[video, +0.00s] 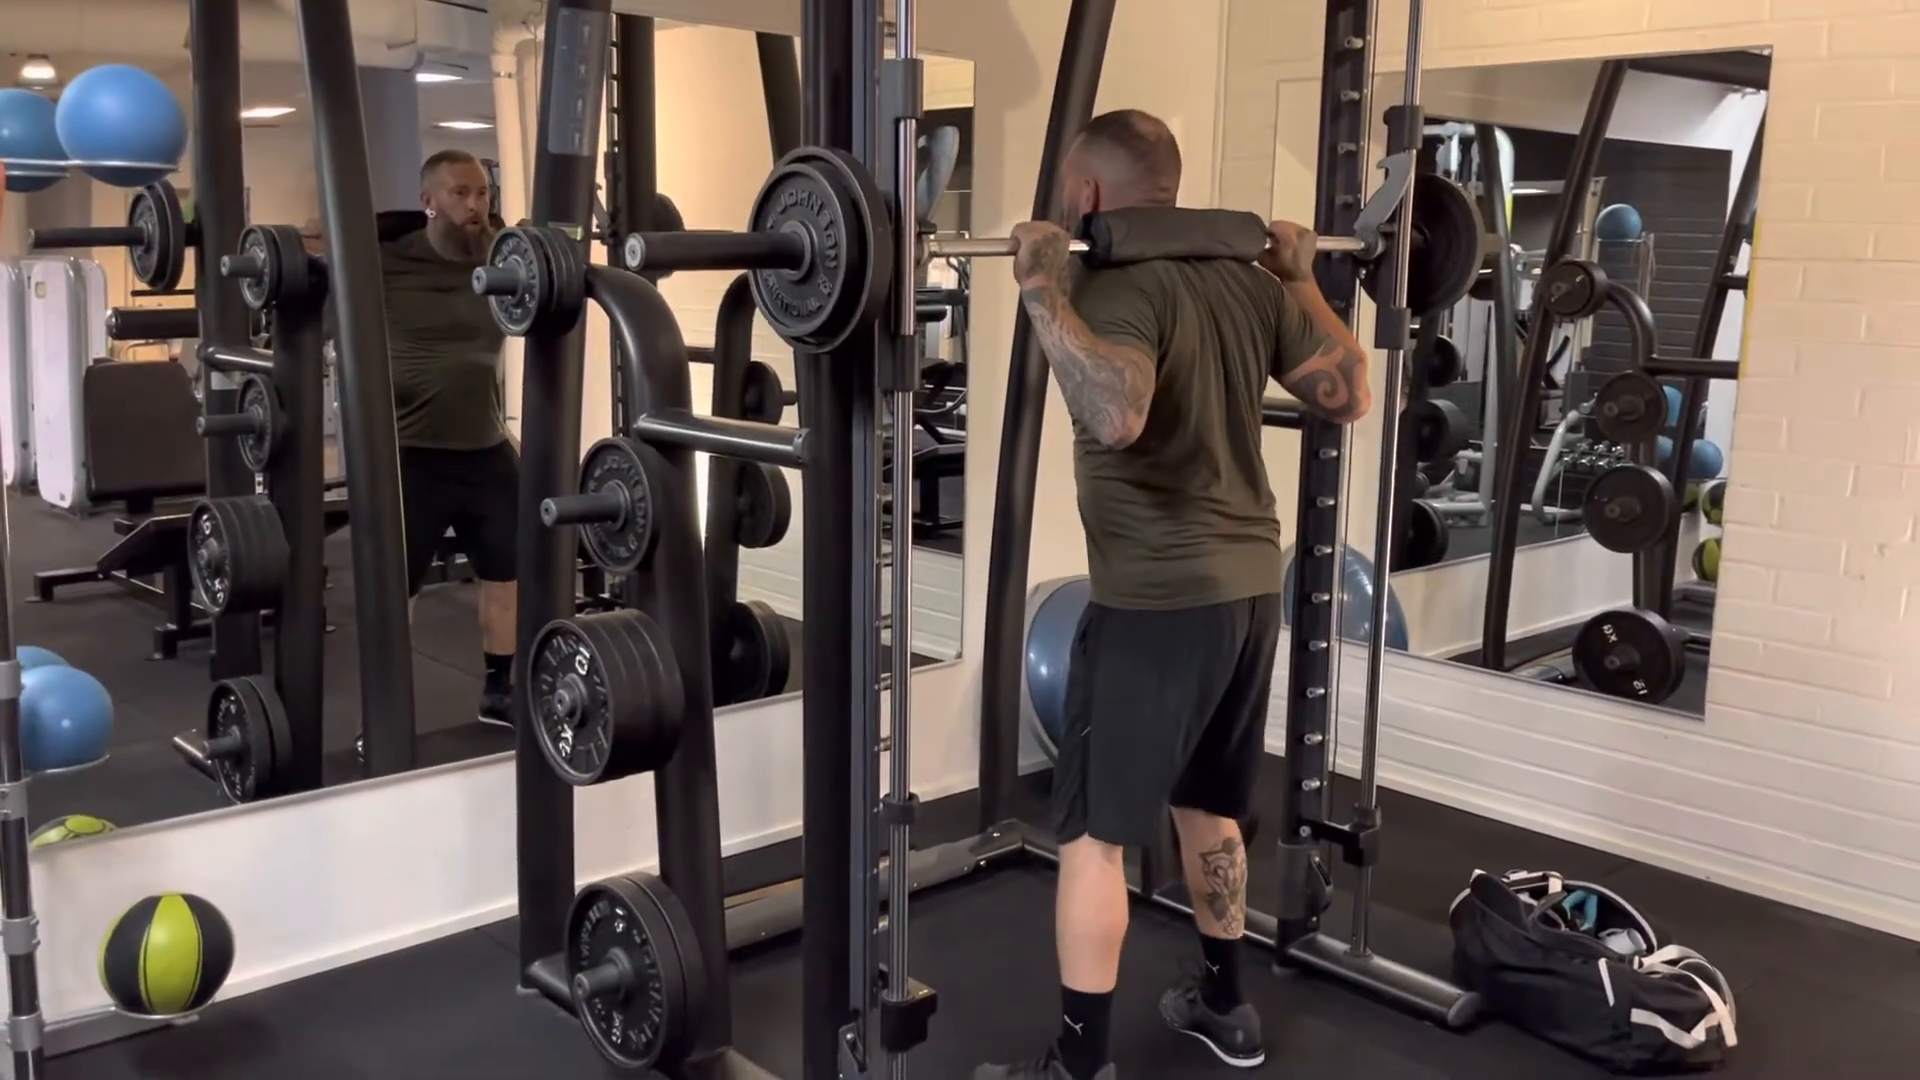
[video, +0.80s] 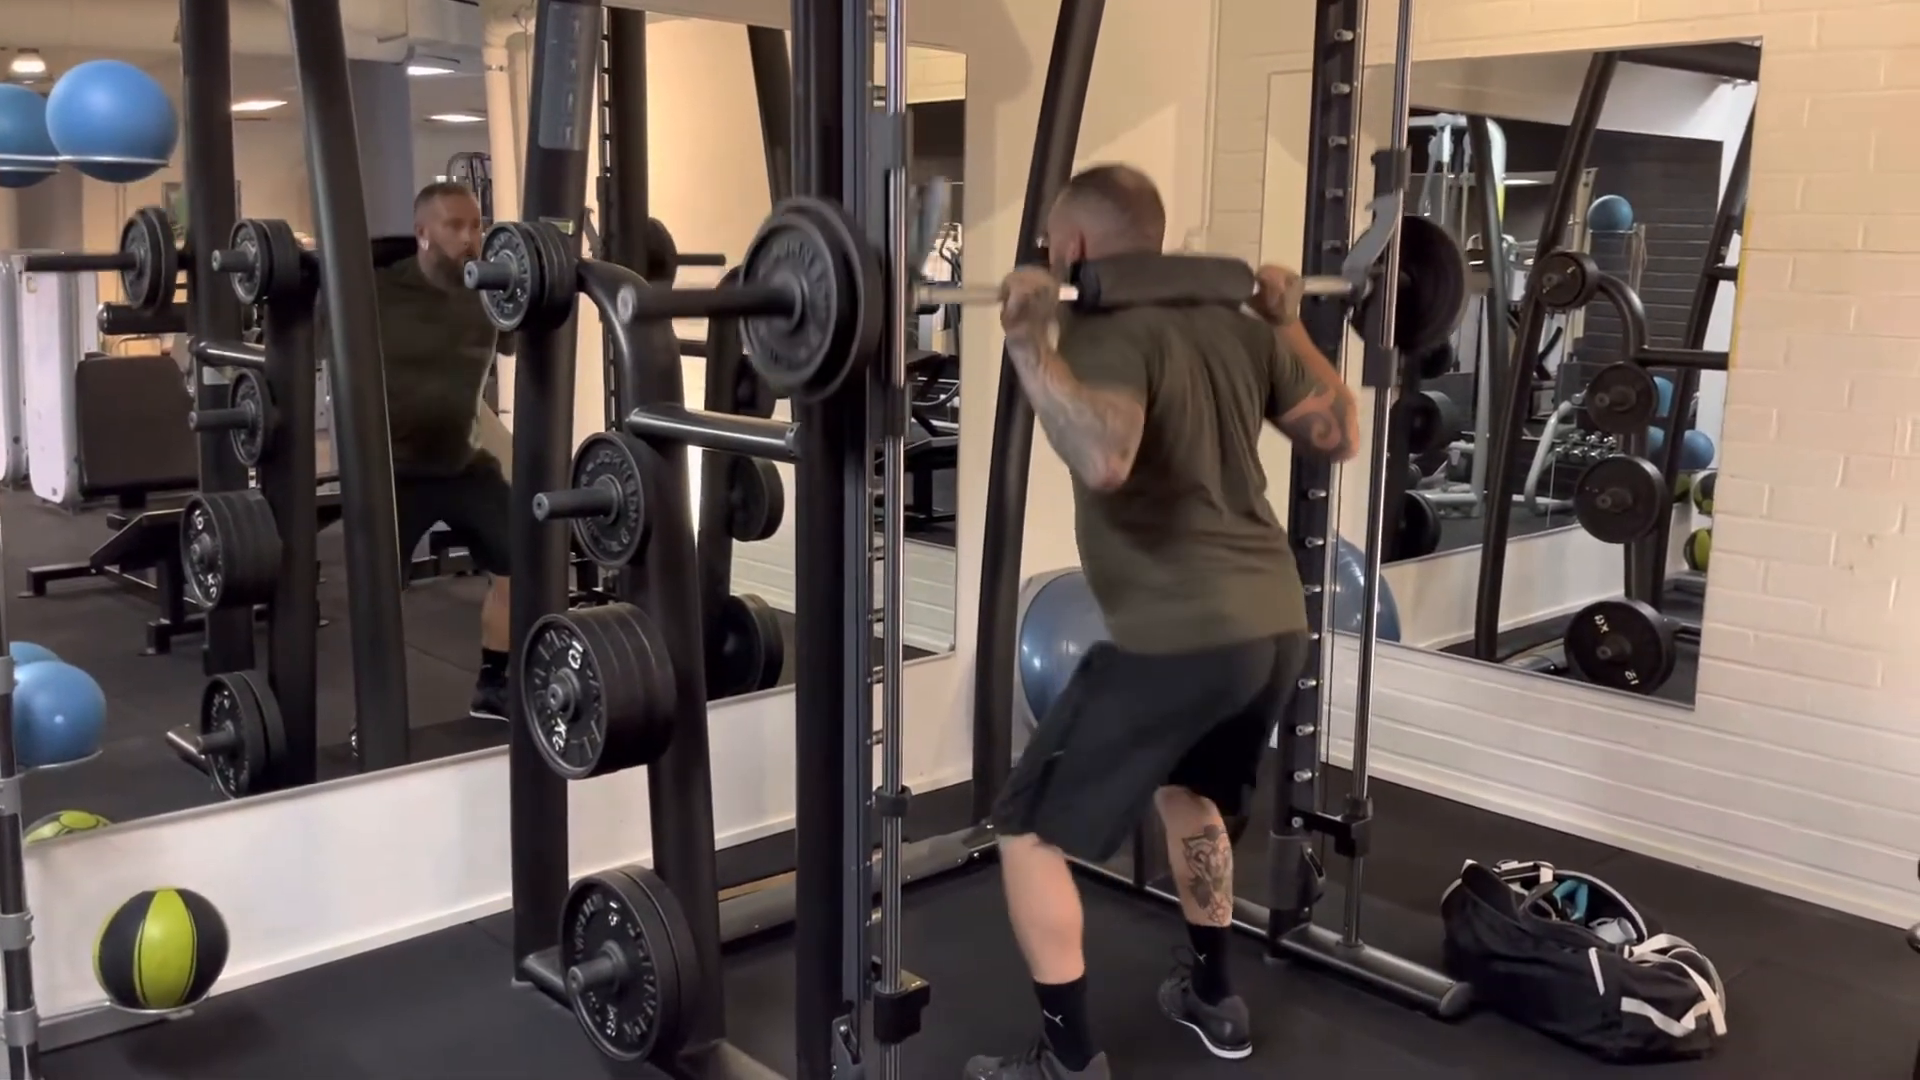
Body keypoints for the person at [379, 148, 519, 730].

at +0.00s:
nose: (477, 203)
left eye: (483, 193)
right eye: (463, 192)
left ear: (491, 200)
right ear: (430, 200)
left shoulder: (495, 260)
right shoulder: (381, 262)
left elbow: (552, 269)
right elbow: (302, 242)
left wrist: (499, 241)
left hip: (485, 449)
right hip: (406, 452)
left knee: (506, 566)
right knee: (392, 587)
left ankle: (501, 690)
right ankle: (382, 711)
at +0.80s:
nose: (471, 237)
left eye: (476, 225)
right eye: (457, 226)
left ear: (483, 229)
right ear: (424, 233)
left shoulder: (485, 293)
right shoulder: (377, 291)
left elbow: (516, 339)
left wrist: (544, 267)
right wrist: (295, 271)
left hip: (464, 465)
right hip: (393, 469)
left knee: (520, 554)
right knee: (375, 589)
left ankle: (495, 683)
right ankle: (374, 706)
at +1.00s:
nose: (468, 306)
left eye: (471, 293)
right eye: (454, 294)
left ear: (479, 294)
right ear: (422, 297)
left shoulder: (485, 350)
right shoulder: (380, 352)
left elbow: (510, 396)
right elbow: (304, 396)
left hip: (454, 498)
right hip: (388, 502)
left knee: (526, 559)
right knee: (377, 602)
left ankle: (494, 683)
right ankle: (371, 717)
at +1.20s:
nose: (466, 372)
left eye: (474, 359)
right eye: (453, 359)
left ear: (482, 360)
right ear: (420, 362)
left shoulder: (486, 408)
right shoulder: (379, 412)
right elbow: (300, 463)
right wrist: (306, 417)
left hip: (450, 542)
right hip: (384, 548)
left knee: (524, 572)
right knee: (370, 616)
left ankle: (490, 687)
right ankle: (365, 718)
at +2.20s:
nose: (454, 306)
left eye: (458, 293)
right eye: (440, 294)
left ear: (467, 296)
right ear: (409, 301)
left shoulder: (476, 356)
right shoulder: (372, 360)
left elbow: (508, 408)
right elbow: (298, 404)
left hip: (441, 508)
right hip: (377, 513)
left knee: (518, 561)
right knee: (367, 613)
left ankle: (485, 691)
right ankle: (358, 727)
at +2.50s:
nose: (454, 216)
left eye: (460, 203)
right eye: (439, 204)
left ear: (466, 207)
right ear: (406, 209)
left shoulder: (472, 270)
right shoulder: (360, 272)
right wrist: (275, 262)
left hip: (453, 451)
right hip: (380, 455)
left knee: (480, 568)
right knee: (365, 590)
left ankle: (482, 696)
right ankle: (360, 714)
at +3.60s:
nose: (460, 308)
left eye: (462, 296)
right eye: (447, 297)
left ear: (467, 295)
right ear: (413, 300)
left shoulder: (477, 360)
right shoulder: (368, 350)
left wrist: (515, 490)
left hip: (445, 509)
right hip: (378, 512)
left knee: (516, 570)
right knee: (363, 620)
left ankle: (485, 702)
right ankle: (359, 737)